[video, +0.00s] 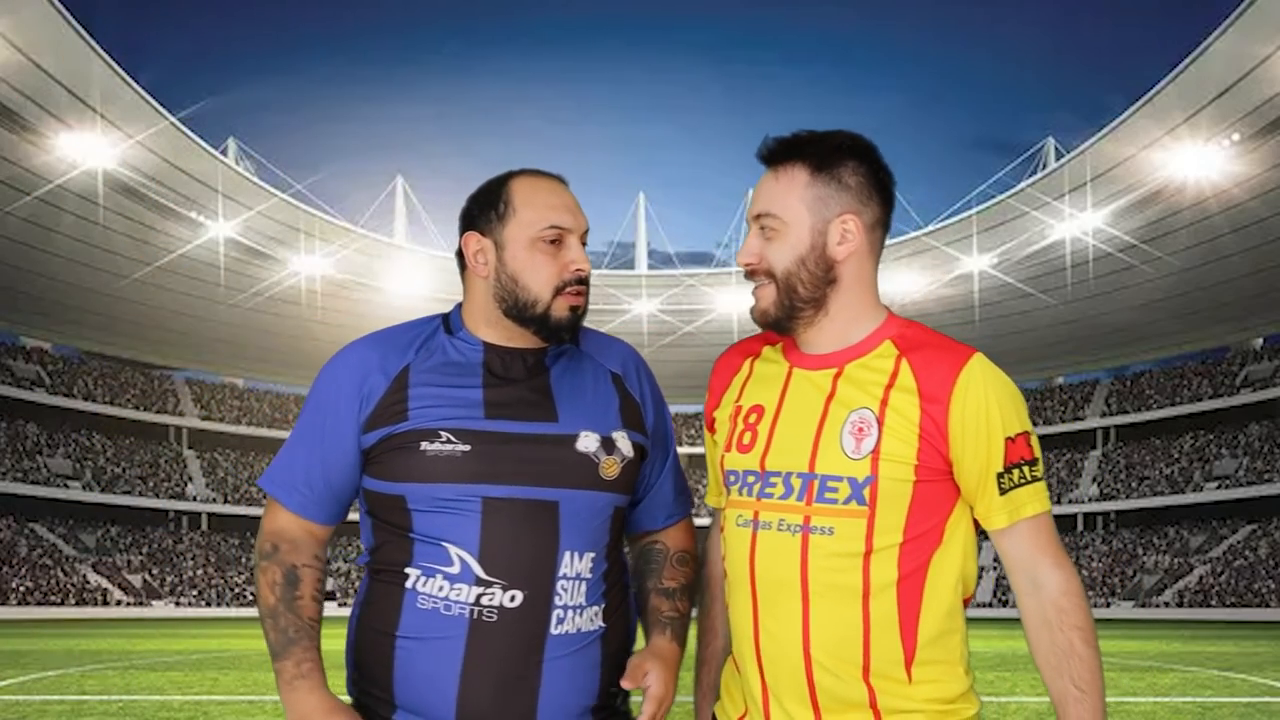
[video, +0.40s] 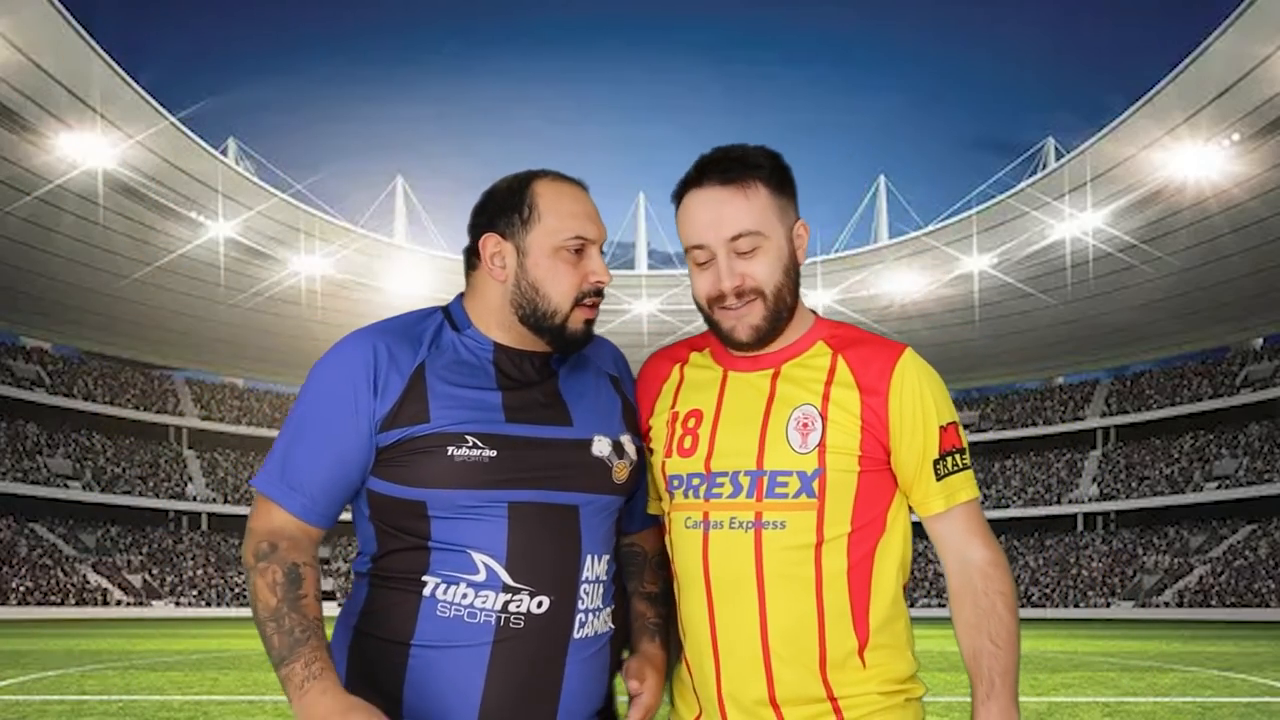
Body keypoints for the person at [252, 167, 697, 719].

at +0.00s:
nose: (582, 261)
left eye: (583, 243)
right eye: (553, 240)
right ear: (478, 253)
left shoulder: (622, 378)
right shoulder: (369, 374)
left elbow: (663, 528)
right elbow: (291, 532)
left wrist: (664, 643)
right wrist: (304, 689)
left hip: (578, 706)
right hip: (405, 706)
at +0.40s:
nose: (602, 275)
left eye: (601, 254)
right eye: (576, 251)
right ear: (497, 256)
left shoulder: (605, 373)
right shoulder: (376, 365)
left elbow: (637, 525)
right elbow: (277, 539)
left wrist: (649, 644)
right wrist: (319, 697)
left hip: (573, 707)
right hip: (403, 708)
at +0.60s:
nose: (558, 278)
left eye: (553, 253)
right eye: (535, 251)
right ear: (453, 253)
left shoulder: (542, 374)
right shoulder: (315, 368)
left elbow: (578, 535)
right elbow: (205, 556)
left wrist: (609, 668)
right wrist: (275, 711)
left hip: (522, 709)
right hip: (351, 710)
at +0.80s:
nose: (499, 277)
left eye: (493, 252)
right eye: (475, 252)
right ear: (391, 252)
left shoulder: (483, 370)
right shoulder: (250, 372)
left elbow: (521, 535)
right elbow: (146, 579)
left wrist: (551, 686)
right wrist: (221, 710)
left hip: (473, 706)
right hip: (296, 704)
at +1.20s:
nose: (425, 262)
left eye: (418, 235)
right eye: (399, 237)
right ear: (310, 247)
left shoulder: (428, 360)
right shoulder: (172, 388)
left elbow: (485, 524)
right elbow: (97, 616)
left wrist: (521, 680)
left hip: (439, 705)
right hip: (250, 704)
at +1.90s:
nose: (404, 244)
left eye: (397, 219)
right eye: (372, 219)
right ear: (282, 232)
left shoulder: (428, 355)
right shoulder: (149, 381)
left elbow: (481, 514)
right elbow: (61, 598)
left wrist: (516, 602)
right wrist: (96, 712)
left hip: (436, 712)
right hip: (236, 709)